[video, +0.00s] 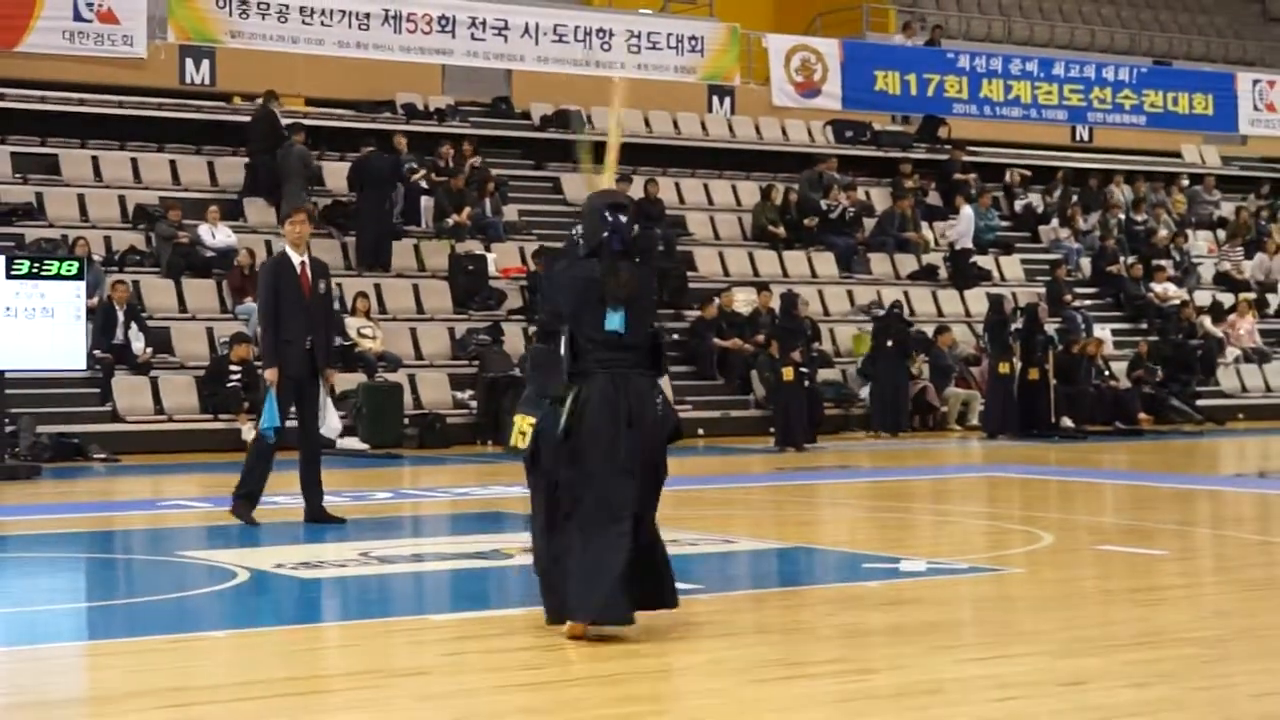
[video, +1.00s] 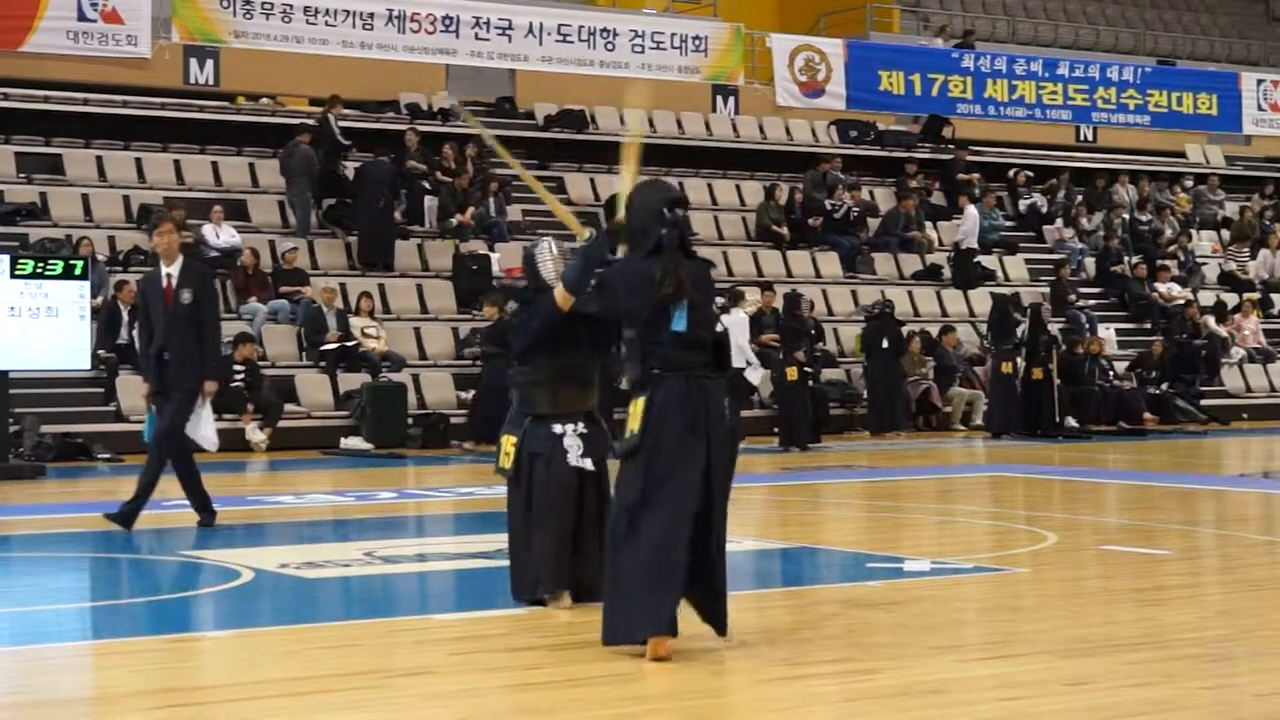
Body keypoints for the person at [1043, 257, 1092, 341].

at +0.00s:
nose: (1065, 271)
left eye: (1065, 269)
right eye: (1062, 269)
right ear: (1056, 270)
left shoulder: (1065, 282)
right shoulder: (1053, 283)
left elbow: (1073, 294)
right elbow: (1066, 299)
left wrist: (1069, 297)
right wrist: (1073, 295)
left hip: (1069, 306)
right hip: (1058, 308)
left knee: (1087, 316)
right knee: (1075, 318)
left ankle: (1090, 339)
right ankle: (1077, 341)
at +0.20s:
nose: (1068, 272)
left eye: (1068, 269)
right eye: (1065, 270)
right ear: (1059, 271)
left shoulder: (1067, 283)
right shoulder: (1056, 284)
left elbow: (1076, 294)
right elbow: (1070, 299)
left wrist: (1072, 297)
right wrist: (1075, 294)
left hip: (1072, 307)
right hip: (1061, 309)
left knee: (1090, 317)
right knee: (1079, 318)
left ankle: (1093, 341)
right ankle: (1081, 342)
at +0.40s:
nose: (1067, 272)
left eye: (1067, 269)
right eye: (1065, 269)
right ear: (1059, 271)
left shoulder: (1066, 283)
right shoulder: (1056, 284)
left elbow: (1076, 294)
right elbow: (1069, 299)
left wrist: (1071, 297)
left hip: (1071, 306)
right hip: (1060, 309)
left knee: (1089, 317)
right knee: (1078, 317)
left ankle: (1093, 340)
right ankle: (1082, 341)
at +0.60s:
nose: (1067, 272)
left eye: (1067, 269)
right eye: (1064, 269)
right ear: (1058, 271)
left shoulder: (1066, 283)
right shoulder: (1055, 284)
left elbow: (1075, 294)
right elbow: (1069, 299)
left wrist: (1071, 297)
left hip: (1071, 307)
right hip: (1061, 309)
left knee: (1090, 317)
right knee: (1078, 318)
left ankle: (1093, 340)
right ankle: (1081, 342)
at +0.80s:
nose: (1068, 271)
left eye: (1068, 269)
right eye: (1065, 269)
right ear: (1059, 271)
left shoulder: (1067, 283)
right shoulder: (1056, 284)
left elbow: (1076, 294)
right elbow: (1070, 299)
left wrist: (1072, 297)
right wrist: (1075, 294)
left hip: (1072, 306)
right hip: (1061, 309)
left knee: (1090, 317)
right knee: (1079, 317)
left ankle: (1093, 340)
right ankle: (1082, 341)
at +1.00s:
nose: (1067, 271)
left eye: (1068, 268)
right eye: (1064, 269)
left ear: (1070, 270)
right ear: (1058, 270)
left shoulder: (1069, 283)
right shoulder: (1056, 284)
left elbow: (1079, 294)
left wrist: (1075, 297)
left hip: (1074, 306)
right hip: (1063, 308)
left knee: (1092, 316)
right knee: (1080, 317)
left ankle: (1094, 339)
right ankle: (1084, 340)